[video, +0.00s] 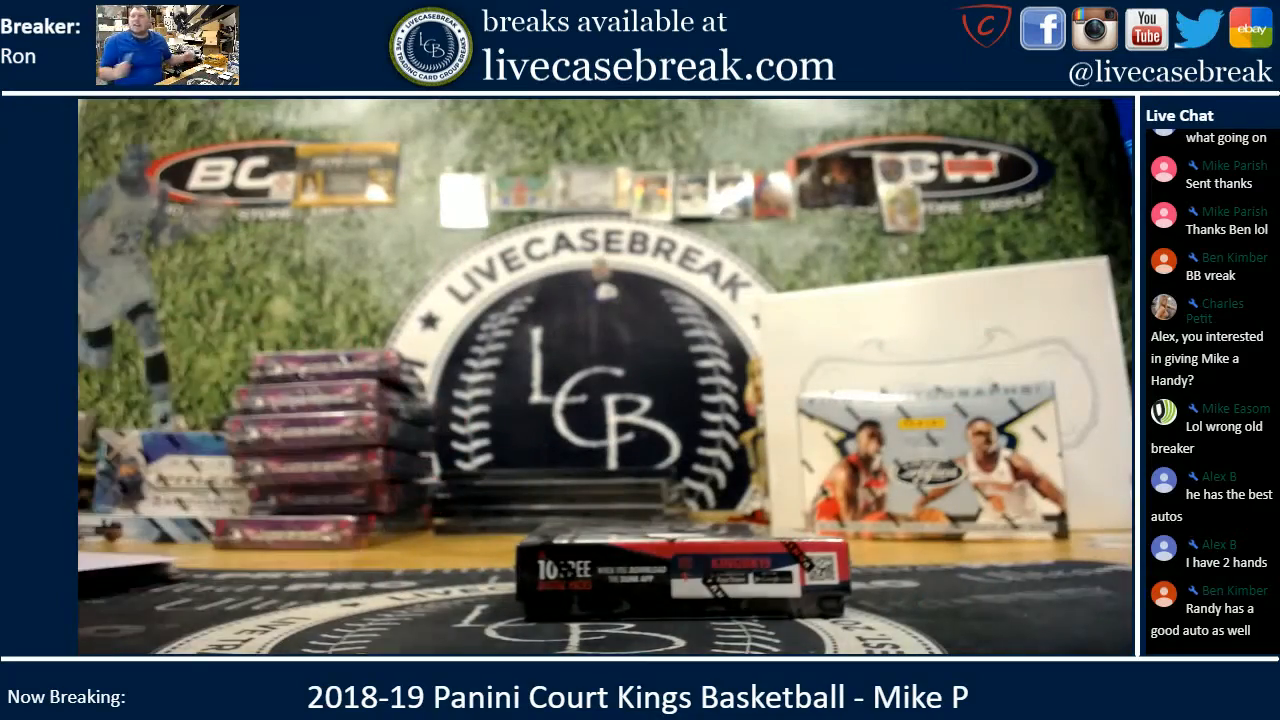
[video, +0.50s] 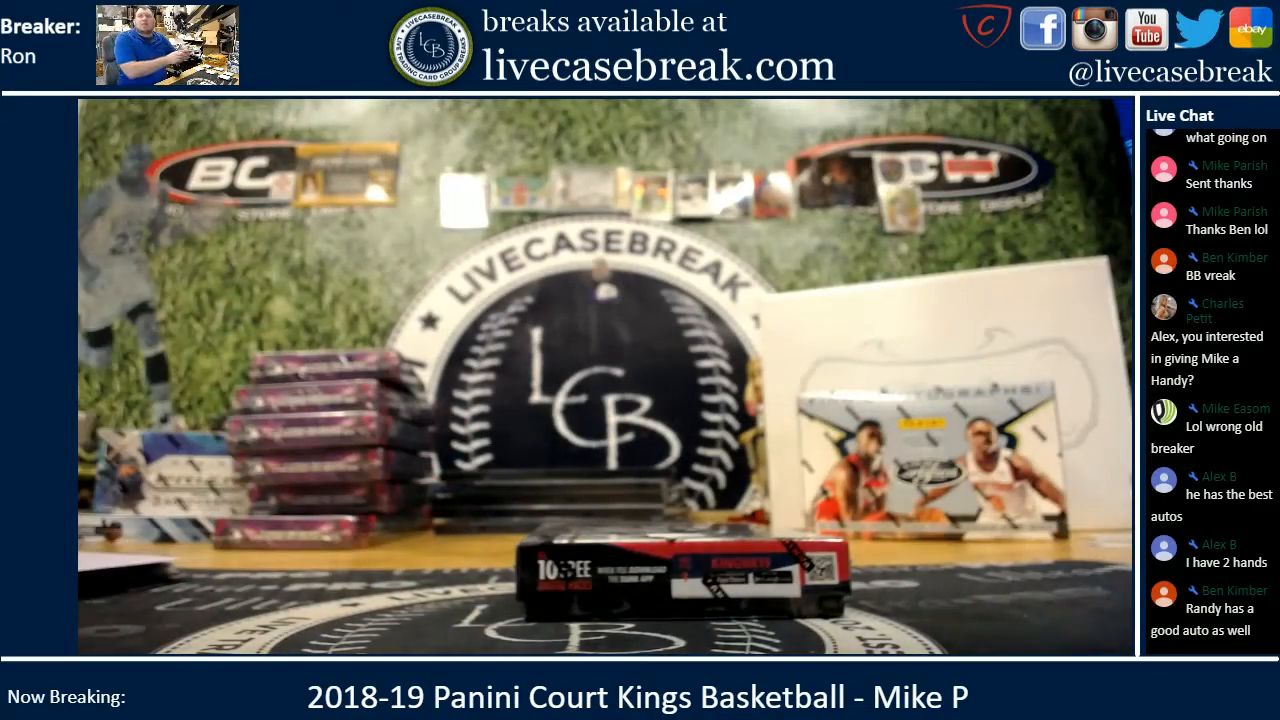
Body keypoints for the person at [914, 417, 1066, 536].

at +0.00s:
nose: (985, 439)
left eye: (989, 434)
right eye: (979, 434)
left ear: (995, 437)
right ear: (969, 438)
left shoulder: (1013, 461)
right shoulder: (964, 464)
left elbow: (1038, 481)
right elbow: (946, 485)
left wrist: (1063, 503)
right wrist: (924, 501)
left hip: (1025, 519)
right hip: (990, 520)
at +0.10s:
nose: (985, 439)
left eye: (988, 434)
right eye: (979, 434)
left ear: (995, 437)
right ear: (969, 438)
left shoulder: (1014, 462)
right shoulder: (964, 464)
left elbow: (1038, 481)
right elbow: (946, 485)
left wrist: (1062, 503)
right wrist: (923, 501)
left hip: (1025, 518)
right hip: (990, 520)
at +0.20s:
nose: (984, 439)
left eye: (988, 434)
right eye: (978, 434)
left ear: (995, 437)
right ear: (969, 438)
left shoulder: (1014, 462)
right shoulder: (964, 464)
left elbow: (1038, 481)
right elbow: (946, 485)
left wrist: (1062, 504)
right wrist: (923, 501)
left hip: (1025, 518)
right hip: (990, 519)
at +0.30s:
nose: (984, 439)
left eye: (988, 434)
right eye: (978, 434)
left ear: (995, 437)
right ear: (969, 438)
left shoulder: (1014, 462)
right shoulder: (964, 464)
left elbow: (1038, 481)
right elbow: (946, 485)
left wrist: (1062, 504)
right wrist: (923, 501)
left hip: (1025, 518)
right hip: (990, 519)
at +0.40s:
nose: (984, 439)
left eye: (988, 434)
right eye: (979, 434)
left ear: (995, 437)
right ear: (969, 438)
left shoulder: (1014, 462)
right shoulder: (964, 464)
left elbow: (1038, 481)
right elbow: (946, 485)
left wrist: (1062, 503)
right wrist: (923, 501)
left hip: (1025, 519)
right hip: (989, 520)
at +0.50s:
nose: (985, 439)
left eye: (989, 434)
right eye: (979, 434)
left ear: (995, 437)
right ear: (969, 438)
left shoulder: (1014, 462)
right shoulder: (964, 464)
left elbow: (1038, 481)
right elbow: (946, 485)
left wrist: (1062, 503)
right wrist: (922, 501)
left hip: (1025, 519)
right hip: (989, 520)